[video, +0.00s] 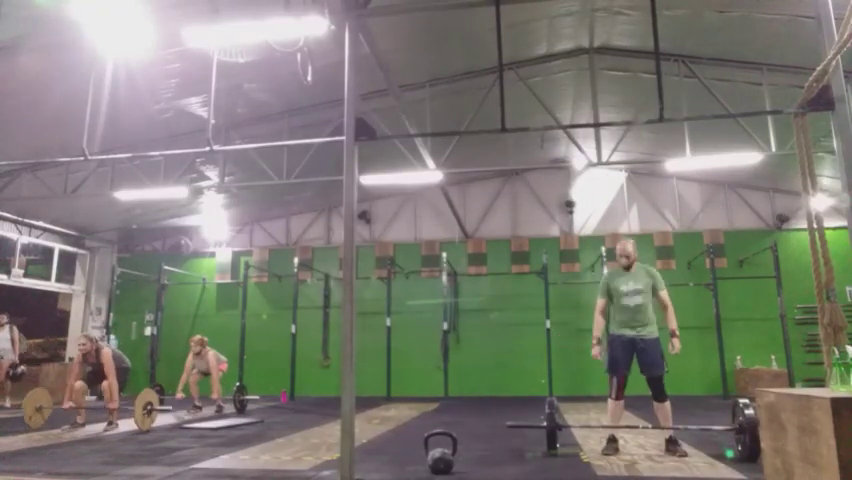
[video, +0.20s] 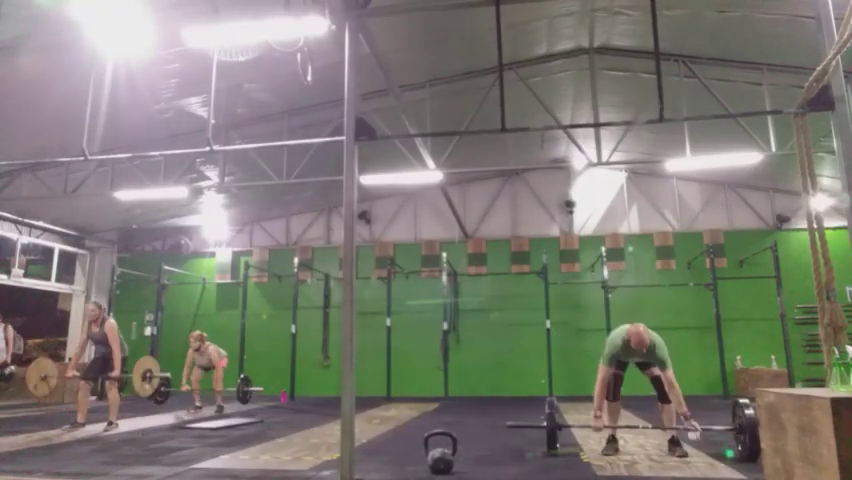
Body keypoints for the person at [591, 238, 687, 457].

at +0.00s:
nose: (624, 260)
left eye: (627, 256)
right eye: (620, 256)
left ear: (635, 255)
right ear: (616, 256)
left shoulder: (650, 273)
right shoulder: (609, 278)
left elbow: (668, 305)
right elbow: (600, 311)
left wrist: (674, 334)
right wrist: (596, 340)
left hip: (648, 337)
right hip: (619, 337)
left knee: (658, 388)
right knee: (617, 388)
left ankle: (670, 438)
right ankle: (612, 438)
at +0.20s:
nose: (642, 349)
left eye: (644, 346)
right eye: (638, 346)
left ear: (649, 340)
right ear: (630, 341)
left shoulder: (658, 345)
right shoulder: (614, 342)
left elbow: (670, 382)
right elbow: (602, 378)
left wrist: (683, 411)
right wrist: (597, 413)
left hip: (645, 358)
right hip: (620, 357)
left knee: (665, 392)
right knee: (612, 392)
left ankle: (673, 440)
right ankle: (612, 438)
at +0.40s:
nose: (628, 251)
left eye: (631, 247)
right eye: (624, 248)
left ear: (638, 250)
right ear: (618, 251)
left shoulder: (651, 275)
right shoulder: (609, 277)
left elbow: (664, 306)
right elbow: (597, 309)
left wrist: (676, 336)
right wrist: (592, 339)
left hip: (648, 338)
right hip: (619, 339)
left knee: (657, 388)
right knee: (617, 389)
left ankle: (673, 439)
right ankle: (612, 438)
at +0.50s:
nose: (626, 252)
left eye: (630, 248)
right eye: (623, 249)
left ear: (637, 251)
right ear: (618, 252)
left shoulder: (650, 275)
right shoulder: (609, 278)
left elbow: (663, 307)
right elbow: (599, 310)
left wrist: (676, 338)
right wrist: (592, 339)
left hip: (649, 339)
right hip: (620, 340)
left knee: (659, 389)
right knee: (616, 390)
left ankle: (672, 439)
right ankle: (612, 438)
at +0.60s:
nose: (637, 299)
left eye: (640, 295)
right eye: (633, 295)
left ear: (645, 294)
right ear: (626, 293)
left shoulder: (654, 309)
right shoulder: (614, 309)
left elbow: (668, 344)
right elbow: (603, 343)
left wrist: (682, 377)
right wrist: (595, 378)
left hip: (647, 346)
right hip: (619, 346)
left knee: (664, 388)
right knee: (612, 386)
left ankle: (672, 439)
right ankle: (612, 438)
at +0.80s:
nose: (630, 248)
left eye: (632, 244)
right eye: (625, 245)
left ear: (637, 247)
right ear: (617, 249)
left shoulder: (650, 273)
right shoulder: (608, 276)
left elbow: (662, 304)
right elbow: (597, 307)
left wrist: (674, 332)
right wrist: (591, 337)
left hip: (647, 337)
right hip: (618, 337)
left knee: (656, 387)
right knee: (617, 388)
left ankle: (672, 439)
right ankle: (613, 438)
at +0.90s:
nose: (626, 250)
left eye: (629, 246)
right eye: (622, 247)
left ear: (636, 250)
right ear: (617, 251)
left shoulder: (649, 275)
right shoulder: (608, 277)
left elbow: (662, 306)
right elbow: (599, 309)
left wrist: (675, 336)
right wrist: (592, 338)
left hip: (646, 337)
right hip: (618, 338)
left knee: (658, 388)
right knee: (615, 389)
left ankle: (672, 439)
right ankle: (612, 438)